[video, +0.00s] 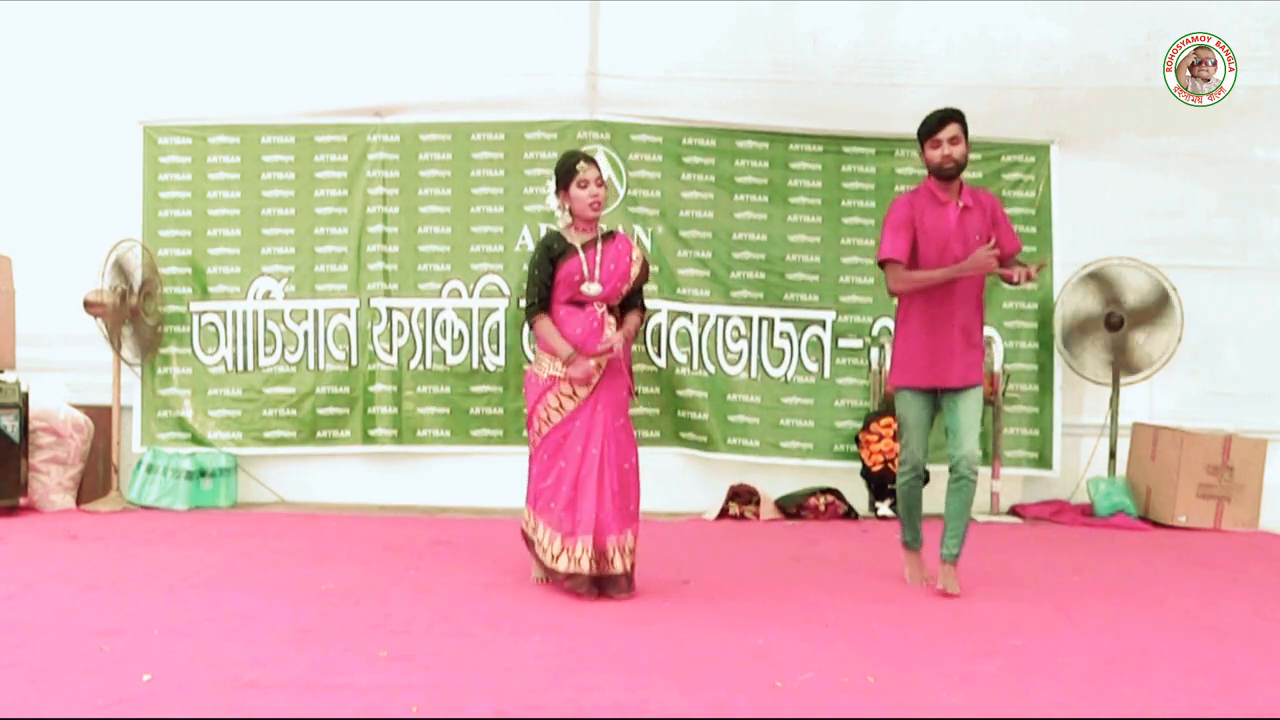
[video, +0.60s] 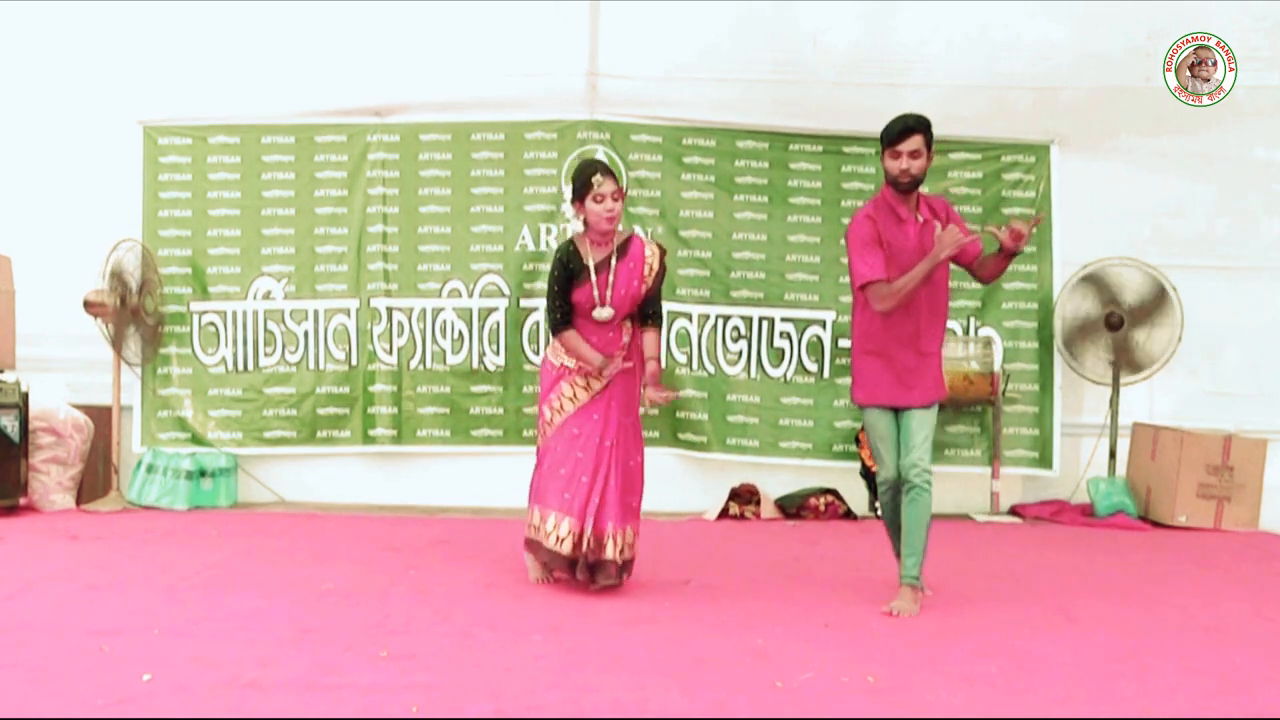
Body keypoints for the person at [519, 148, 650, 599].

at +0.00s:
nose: (596, 193)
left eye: (600, 184)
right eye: (584, 186)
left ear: (607, 189)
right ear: (564, 196)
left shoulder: (624, 246)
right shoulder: (552, 247)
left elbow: (636, 307)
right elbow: (535, 312)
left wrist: (621, 340)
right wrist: (572, 356)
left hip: (610, 368)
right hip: (560, 368)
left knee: (610, 459)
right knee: (566, 459)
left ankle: (608, 562)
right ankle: (568, 562)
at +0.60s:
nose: (610, 207)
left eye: (616, 197)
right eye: (599, 199)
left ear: (624, 199)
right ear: (580, 207)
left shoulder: (646, 254)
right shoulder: (569, 254)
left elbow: (651, 318)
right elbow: (558, 322)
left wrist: (652, 375)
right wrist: (597, 361)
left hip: (622, 366)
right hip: (571, 364)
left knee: (614, 455)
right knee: (570, 452)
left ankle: (607, 554)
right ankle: (563, 551)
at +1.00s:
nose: (669, 231)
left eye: (674, 221)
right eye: (658, 224)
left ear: (681, 221)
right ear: (638, 231)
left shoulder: (700, 265)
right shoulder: (630, 279)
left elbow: (707, 327)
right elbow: (622, 345)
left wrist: (712, 389)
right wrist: (640, 391)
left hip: (679, 372)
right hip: (633, 373)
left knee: (681, 455)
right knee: (643, 456)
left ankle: (676, 555)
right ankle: (639, 553)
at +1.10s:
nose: (684, 225)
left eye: (689, 214)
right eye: (673, 219)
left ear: (696, 216)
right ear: (654, 228)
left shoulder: (712, 262)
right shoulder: (647, 277)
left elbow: (724, 322)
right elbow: (630, 346)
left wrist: (733, 368)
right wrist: (663, 384)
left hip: (697, 375)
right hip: (647, 375)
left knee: (700, 458)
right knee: (648, 458)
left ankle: (696, 554)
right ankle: (617, 549)